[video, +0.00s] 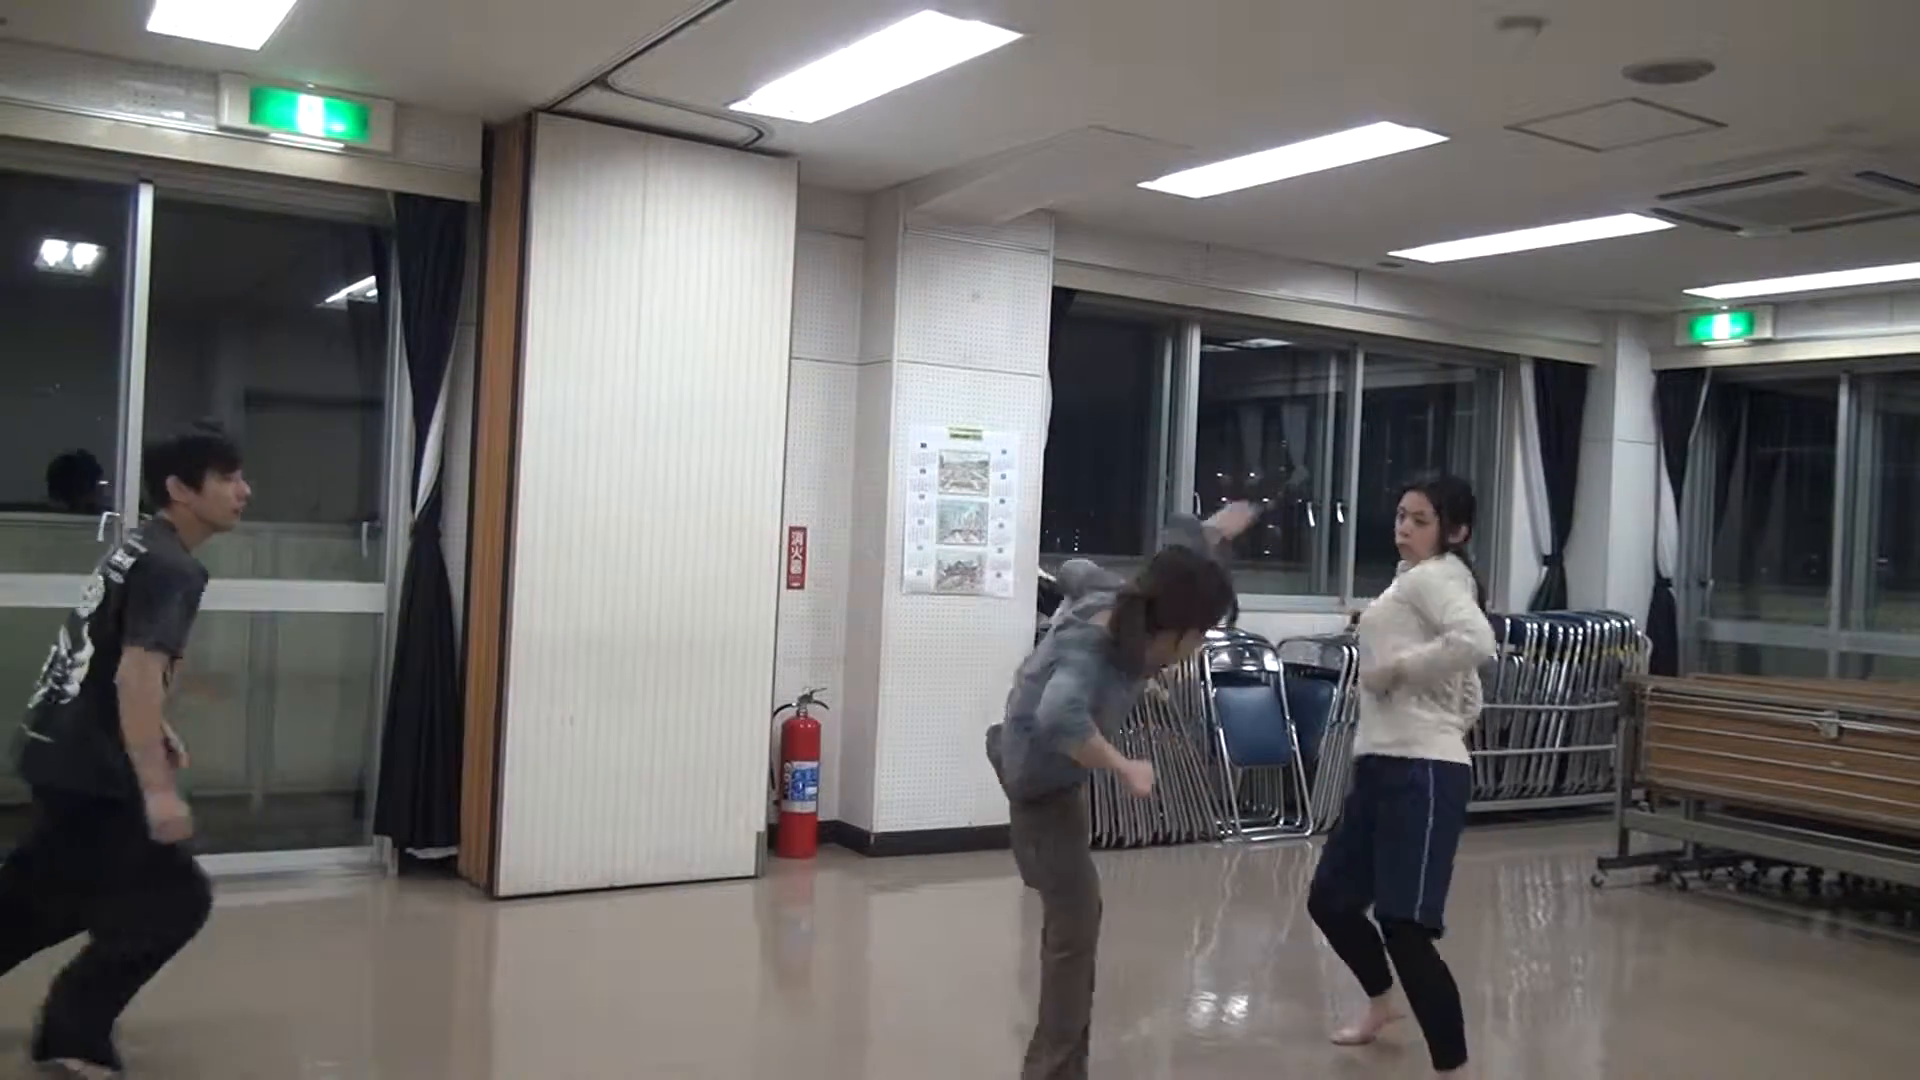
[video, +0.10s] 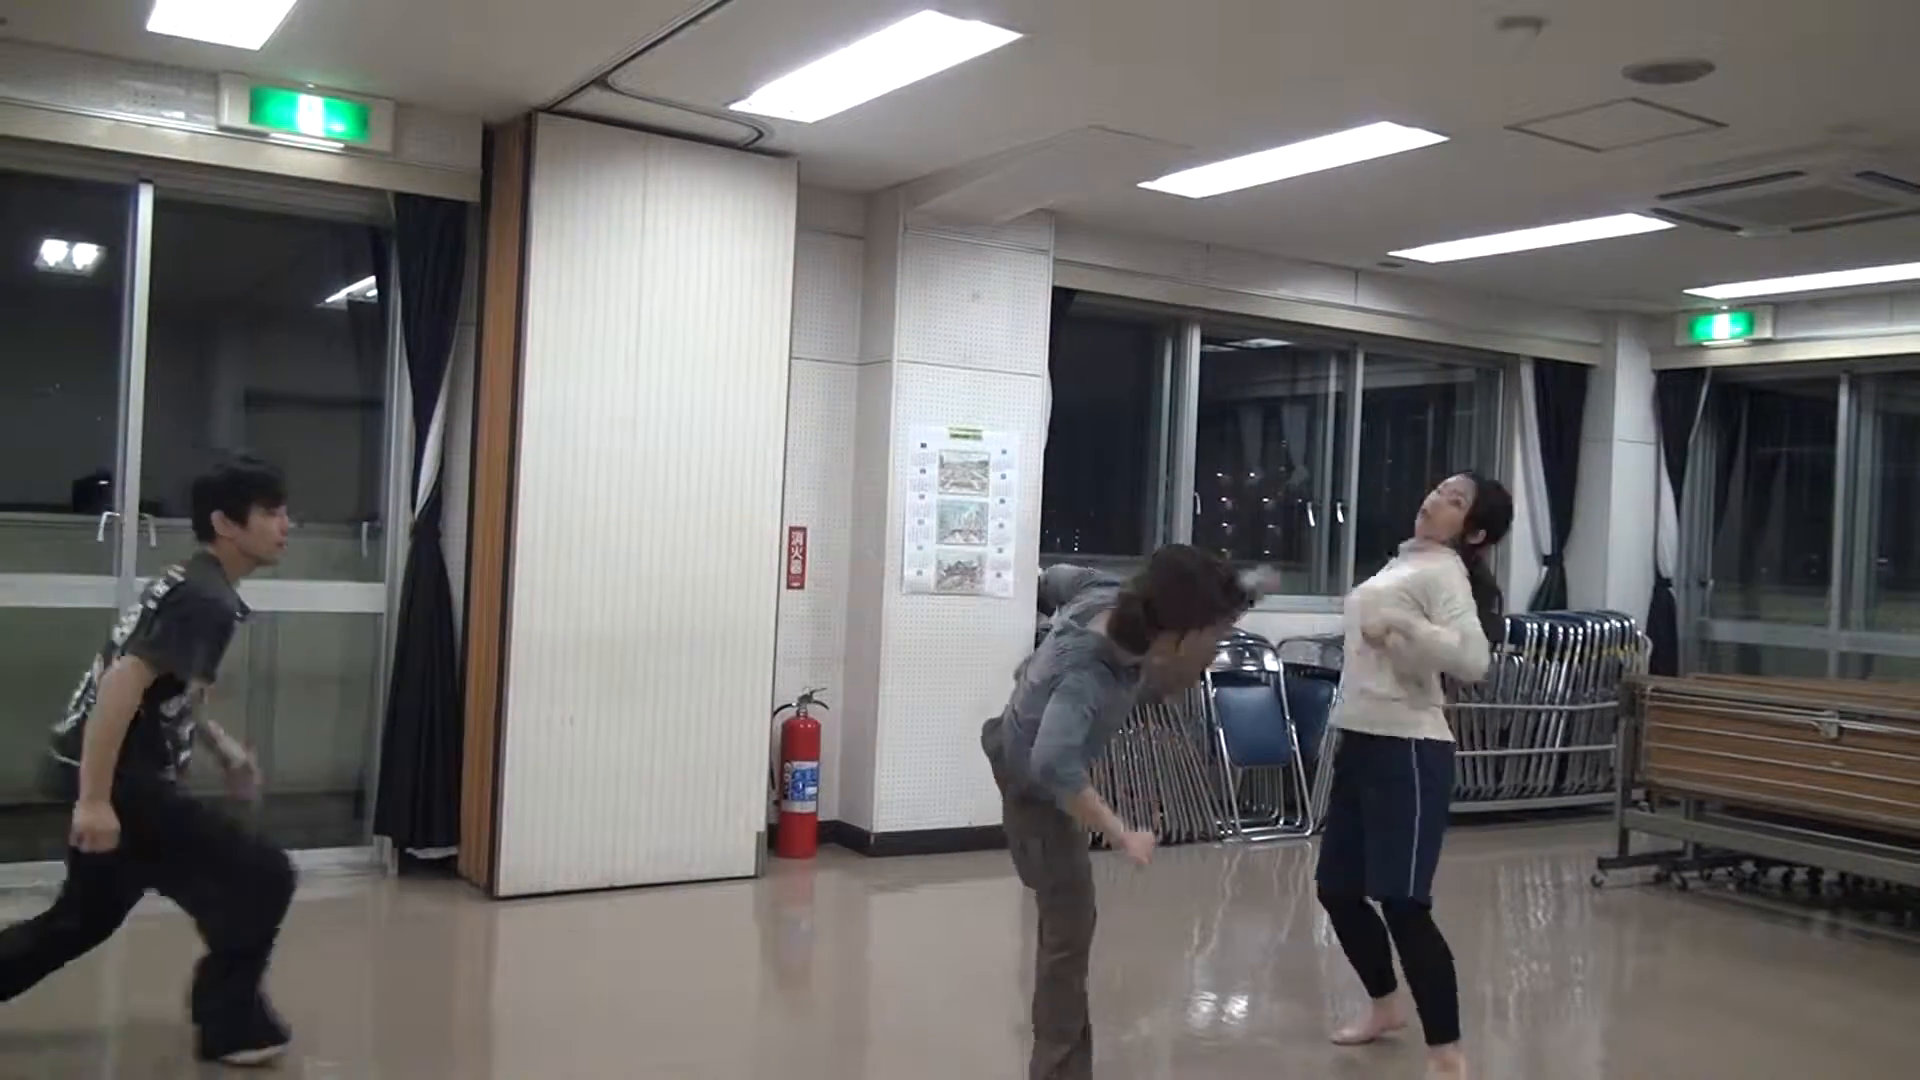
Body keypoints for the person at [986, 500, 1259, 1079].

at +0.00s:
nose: (1195, 647)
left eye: (1201, 637)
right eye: (1196, 636)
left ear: (1161, 604)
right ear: (1169, 626)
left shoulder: (1128, 598)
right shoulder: (1089, 651)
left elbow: (1175, 545)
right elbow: (1057, 720)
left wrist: (1220, 528)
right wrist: (1121, 766)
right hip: (1041, 776)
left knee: (1074, 908)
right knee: (1075, 917)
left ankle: (1056, 1054)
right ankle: (1057, 1065)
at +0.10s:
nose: (1219, 651)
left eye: (1223, 638)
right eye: (1216, 638)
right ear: (1179, 634)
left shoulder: (1121, 593)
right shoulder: (1091, 675)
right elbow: (1053, 763)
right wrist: (1118, 833)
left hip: (1017, 733)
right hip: (1032, 775)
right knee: (1070, 920)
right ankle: (1061, 1067)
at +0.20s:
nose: (1183, 624)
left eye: (1187, 615)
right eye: (1179, 616)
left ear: (1135, 589)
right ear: (1151, 618)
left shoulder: (1109, 599)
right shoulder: (1064, 677)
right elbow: (1038, 802)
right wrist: (1086, 892)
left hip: (1101, 725)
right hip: (1057, 779)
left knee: (1199, 740)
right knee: (1081, 941)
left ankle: (1154, 790)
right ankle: (1064, 1070)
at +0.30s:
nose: (1163, 595)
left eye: (1166, 583)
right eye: (1158, 585)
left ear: (1118, 576)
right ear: (1128, 583)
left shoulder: (1120, 616)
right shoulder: (1055, 658)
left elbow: (1115, 704)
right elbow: (1036, 771)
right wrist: (1091, 825)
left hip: (1132, 784)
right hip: (1078, 806)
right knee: (1110, 952)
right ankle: (1073, 1068)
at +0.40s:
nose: (1147, 537)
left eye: (1145, 524)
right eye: (1142, 527)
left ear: (1079, 529)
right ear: (1127, 538)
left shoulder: (1060, 574)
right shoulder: (1096, 632)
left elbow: (1131, 516)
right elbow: (1078, 744)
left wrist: (1195, 543)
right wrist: (1139, 761)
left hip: (1050, 773)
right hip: (1092, 781)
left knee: (1088, 918)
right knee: (1173, 932)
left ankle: (1068, 1061)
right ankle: (1090, 1065)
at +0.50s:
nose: (1047, 501)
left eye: (1053, 492)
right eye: (1049, 491)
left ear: (1069, 502)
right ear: (1126, 500)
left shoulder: (1035, 552)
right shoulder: (1156, 576)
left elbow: (1107, 537)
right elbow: (1178, 681)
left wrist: (1185, 538)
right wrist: (1156, 713)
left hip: (1028, 764)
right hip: (1105, 767)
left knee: (1050, 918)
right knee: (1179, 916)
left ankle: (1061, 1066)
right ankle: (1146, 1062)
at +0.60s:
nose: (1045, 494)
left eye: (1053, 484)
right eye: (1049, 482)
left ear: (1080, 496)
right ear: (1121, 496)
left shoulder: (1033, 557)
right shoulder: (1165, 563)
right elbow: (1219, 653)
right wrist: (1175, 690)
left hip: (1044, 767)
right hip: (1130, 768)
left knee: (1014, 924)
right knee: (1138, 932)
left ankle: (1023, 1069)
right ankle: (1177, 1068)